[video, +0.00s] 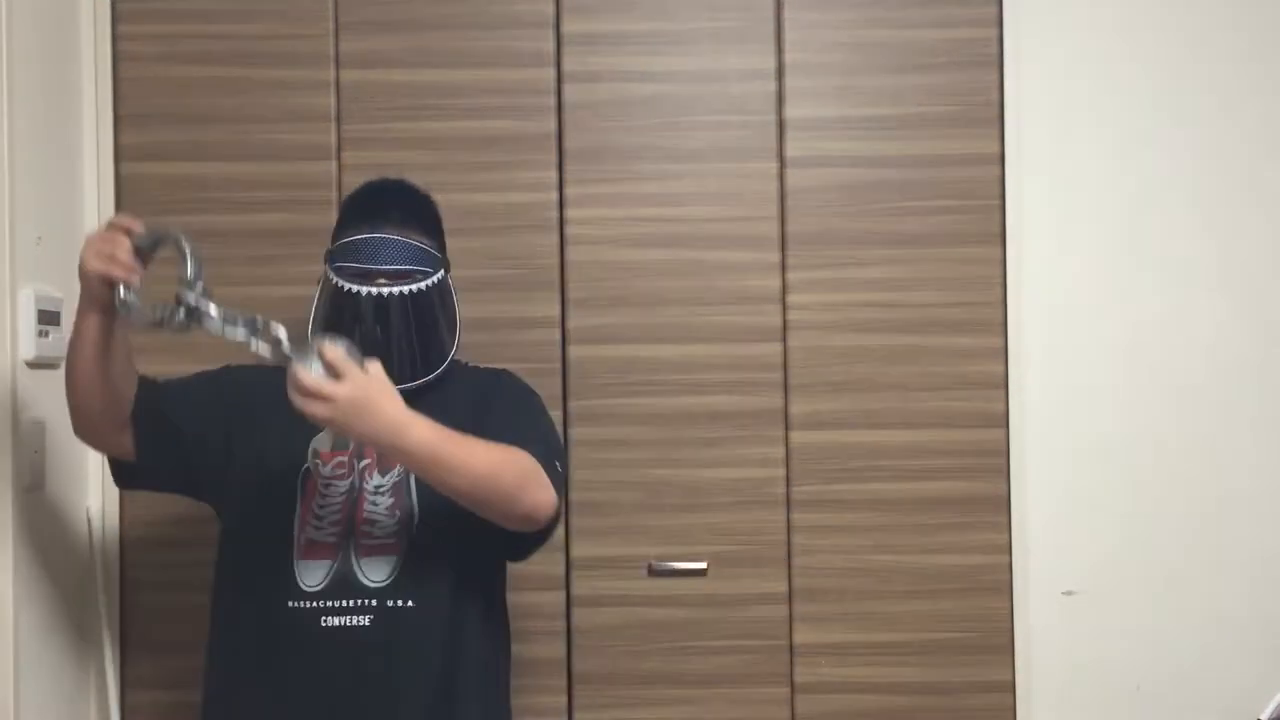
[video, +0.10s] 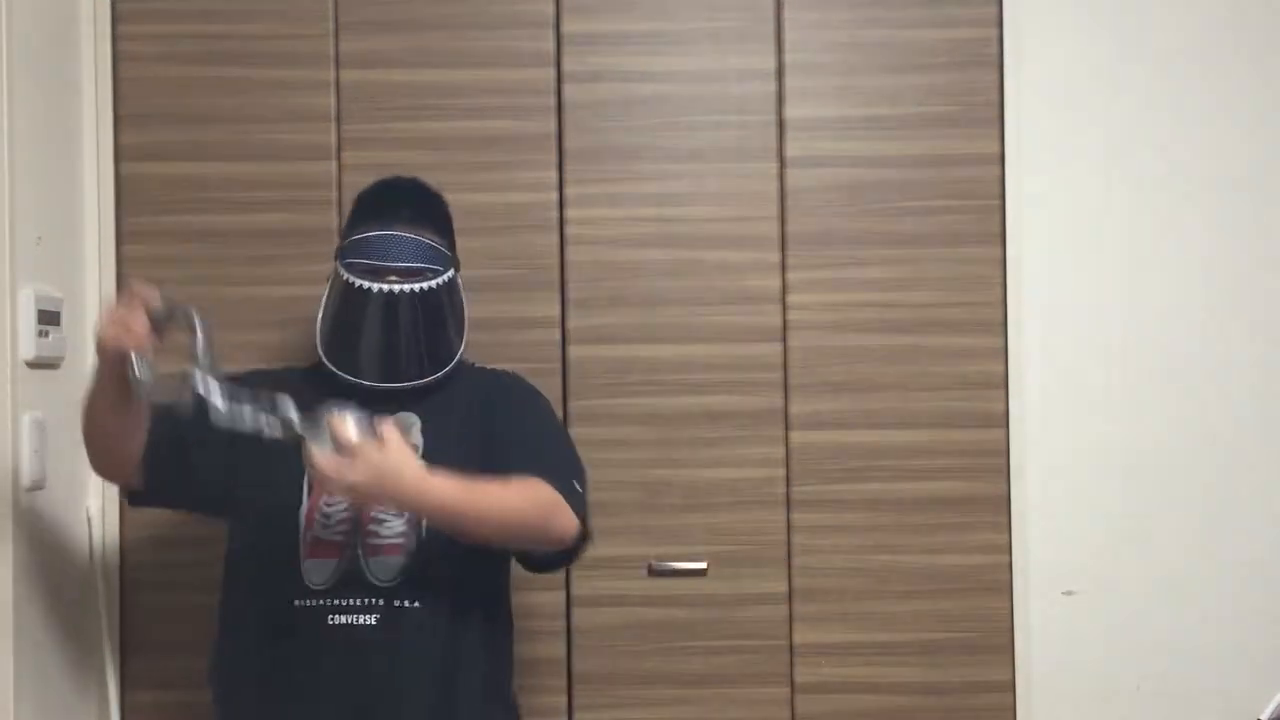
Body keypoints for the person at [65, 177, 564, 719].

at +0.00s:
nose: (382, 306)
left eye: (404, 284)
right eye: (360, 283)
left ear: (442, 290)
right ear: (329, 284)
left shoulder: (491, 403)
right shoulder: (257, 401)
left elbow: (533, 504)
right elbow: (109, 421)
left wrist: (392, 425)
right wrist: (98, 306)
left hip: (441, 703)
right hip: (267, 703)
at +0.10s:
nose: (389, 307)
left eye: (414, 289)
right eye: (368, 286)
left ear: (448, 291)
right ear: (339, 285)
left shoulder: (499, 408)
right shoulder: (267, 408)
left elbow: (557, 521)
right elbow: (122, 460)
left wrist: (412, 487)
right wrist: (118, 368)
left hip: (447, 701)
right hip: (279, 701)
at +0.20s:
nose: (406, 304)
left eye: (429, 286)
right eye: (388, 282)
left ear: (465, 291)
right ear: (355, 283)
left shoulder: (517, 417)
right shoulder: (278, 414)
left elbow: (588, 547)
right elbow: (181, 515)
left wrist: (457, 581)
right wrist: (149, 470)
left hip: (464, 705)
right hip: (298, 704)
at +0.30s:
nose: (433, 311)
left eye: (454, 292)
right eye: (415, 289)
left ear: (488, 297)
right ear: (382, 288)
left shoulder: (544, 428)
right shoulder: (308, 423)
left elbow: (597, 571)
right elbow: (240, 524)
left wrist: (519, 668)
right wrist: (210, 572)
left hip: (479, 701)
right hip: (322, 699)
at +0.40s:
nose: (470, 332)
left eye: (491, 312)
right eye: (449, 311)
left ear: (524, 311)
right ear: (417, 306)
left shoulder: (585, 439)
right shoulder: (346, 441)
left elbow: (619, 602)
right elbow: (298, 574)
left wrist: (577, 708)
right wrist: (291, 648)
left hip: (521, 699)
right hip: (369, 701)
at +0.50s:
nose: (516, 334)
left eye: (536, 313)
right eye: (494, 314)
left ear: (570, 311)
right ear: (462, 309)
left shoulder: (638, 440)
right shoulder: (400, 446)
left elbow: (686, 580)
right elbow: (338, 571)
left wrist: (650, 693)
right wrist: (357, 636)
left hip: (590, 704)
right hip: (441, 701)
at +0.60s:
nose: (558, 324)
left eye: (579, 304)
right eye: (538, 305)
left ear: (611, 301)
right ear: (505, 302)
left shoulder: (681, 423)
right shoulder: (448, 433)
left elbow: (765, 536)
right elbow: (350, 567)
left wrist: (705, 628)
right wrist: (388, 546)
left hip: (641, 704)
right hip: (488, 704)